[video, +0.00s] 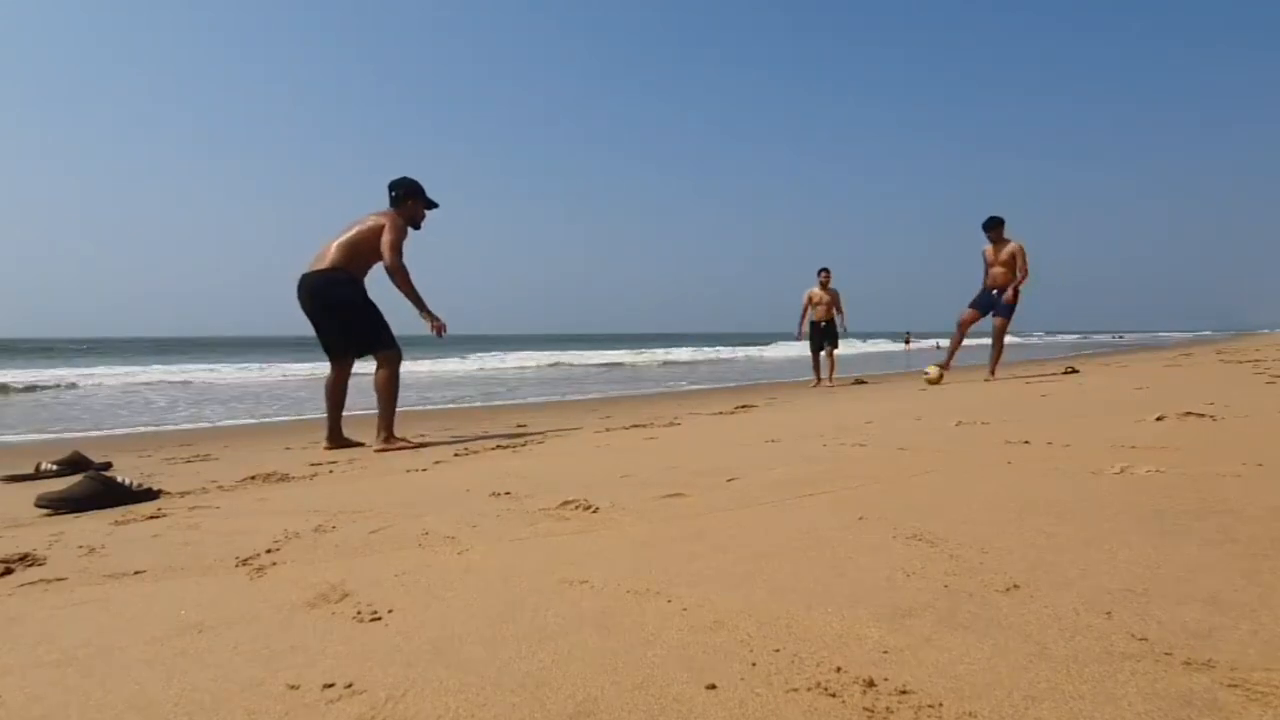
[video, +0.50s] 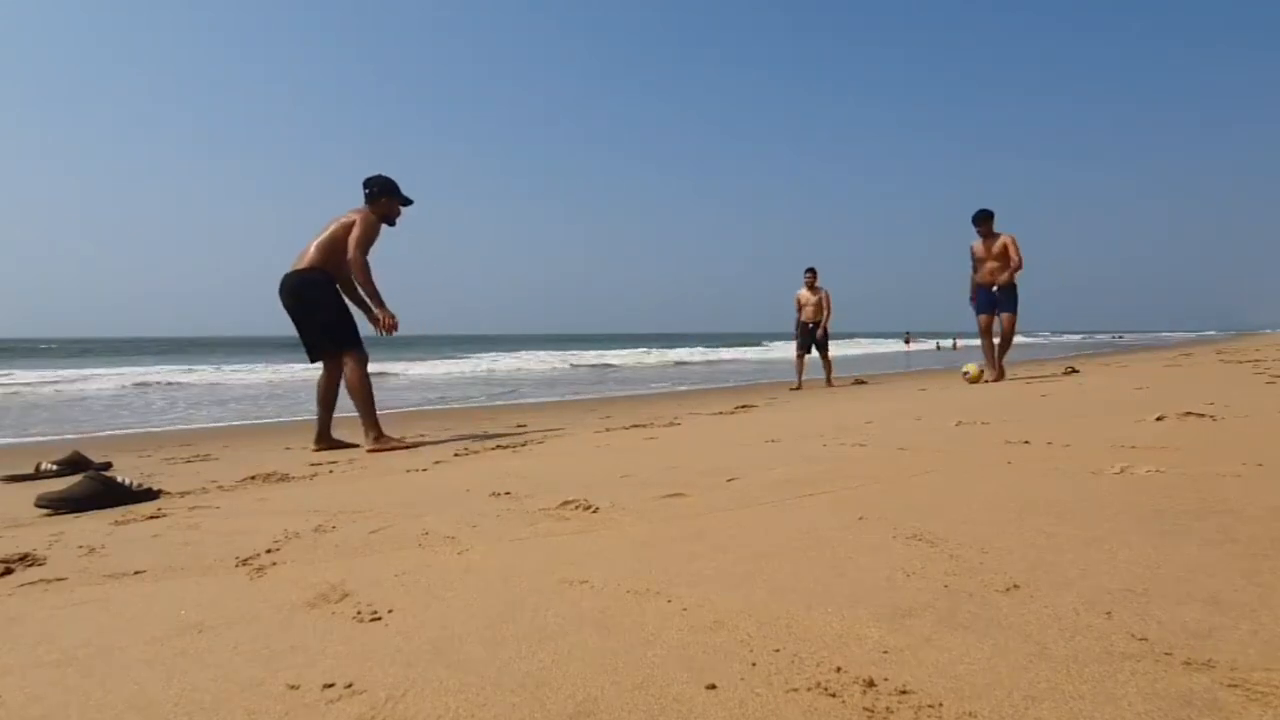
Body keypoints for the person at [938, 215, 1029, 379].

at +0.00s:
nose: (988, 236)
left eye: (991, 232)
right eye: (986, 233)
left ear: (1000, 230)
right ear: (985, 233)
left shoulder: (1015, 248)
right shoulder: (987, 251)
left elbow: (1022, 273)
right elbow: (987, 274)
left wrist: (1012, 288)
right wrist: (982, 293)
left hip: (1006, 292)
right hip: (989, 291)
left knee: (998, 330)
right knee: (963, 322)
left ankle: (991, 372)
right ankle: (946, 363)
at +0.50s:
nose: (978, 230)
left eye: (981, 226)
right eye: (976, 226)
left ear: (991, 224)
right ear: (974, 227)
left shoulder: (1006, 240)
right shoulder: (975, 246)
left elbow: (1017, 262)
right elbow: (974, 271)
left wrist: (1006, 275)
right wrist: (973, 291)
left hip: (1004, 288)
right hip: (983, 289)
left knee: (1008, 331)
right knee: (984, 329)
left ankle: (999, 360)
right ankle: (991, 368)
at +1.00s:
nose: (978, 222)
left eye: (982, 219)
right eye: (976, 219)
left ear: (992, 218)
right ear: (975, 219)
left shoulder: (1006, 239)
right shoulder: (970, 241)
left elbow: (1019, 266)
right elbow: (963, 266)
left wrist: (1031, 290)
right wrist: (951, 288)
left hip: (997, 286)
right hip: (975, 287)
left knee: (995, 329)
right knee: (976, 335)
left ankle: (993, 372)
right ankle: (988, 367)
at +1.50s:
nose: (938, 214)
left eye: (942, 210)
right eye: (936, 211)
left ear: (954, 211)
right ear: (936, 213)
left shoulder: (968, 233)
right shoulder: (939, 238)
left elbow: (987, 260)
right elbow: (939, 271)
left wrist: (984, 281)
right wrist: (922, 288)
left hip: (970, 287)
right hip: (949, 288)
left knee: (967, 336)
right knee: (950, 333)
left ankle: (995, 356)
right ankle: (975, 377)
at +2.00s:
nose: (858, 191)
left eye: (863, 186)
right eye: (857, 187)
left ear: (876, 188)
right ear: (858, 190)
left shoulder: (885, 212)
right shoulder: (866, 215)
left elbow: (894, 246)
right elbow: (868, 248)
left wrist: (871, 272)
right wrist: (862, 271)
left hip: (884, 272)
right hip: (866, 273)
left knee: (874, 326)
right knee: (856, 324)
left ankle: (910, 369)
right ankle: (858, 382)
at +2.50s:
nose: (770, 202)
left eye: (773, 197)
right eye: (769, 197)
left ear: (788, 196)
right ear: (779, 198)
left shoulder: (798, 221)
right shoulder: (786, 223)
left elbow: (799, 259)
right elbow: (786, 262)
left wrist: (772, 282)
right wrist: (768, 285)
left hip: (795, 287)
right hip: (779, 286)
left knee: (769, 338)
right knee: (736, 320)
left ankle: (773, 397)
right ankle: (722, 381)